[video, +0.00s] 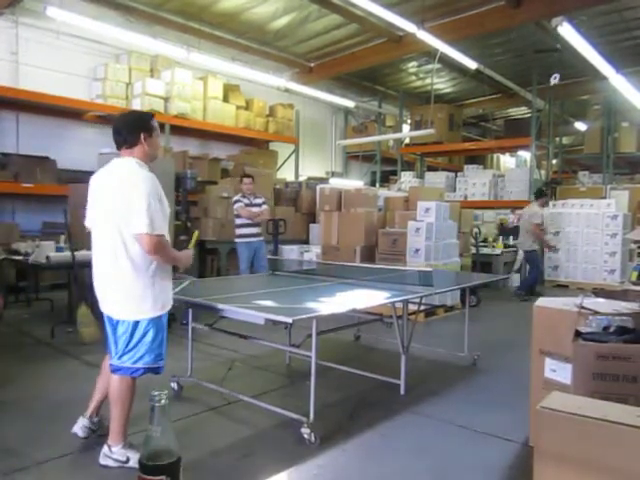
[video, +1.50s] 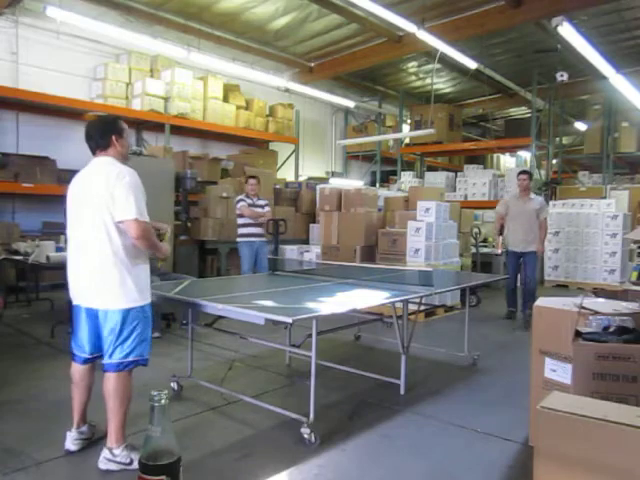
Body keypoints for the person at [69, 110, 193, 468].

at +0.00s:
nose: (159, 143)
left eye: (158, 136)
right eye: (156, 137)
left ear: (121, 140)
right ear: (143, 138)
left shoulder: (102, 175)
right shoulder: (142, 178)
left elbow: (92, 224)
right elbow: (151, 243)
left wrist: (132, 238)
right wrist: (178, 257)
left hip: (110, 289)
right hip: (137, 295)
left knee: (116, 355)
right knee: (126, 368)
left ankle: (89, 417)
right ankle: (116, 446)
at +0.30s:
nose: (153, 145)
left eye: (152, 138)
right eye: (152, 138)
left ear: (116, 140)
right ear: (142, 139)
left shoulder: (97, 176)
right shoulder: (143, 178)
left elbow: (82, 226)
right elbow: (159, 235)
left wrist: (118, 238)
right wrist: (182, 253)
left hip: (104, 289)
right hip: (136, 294)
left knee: (105, 355)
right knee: (125, 367)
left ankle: (82, 421)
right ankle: (116, 446)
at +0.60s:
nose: (142, 144)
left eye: (141, 137)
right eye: (140, 138)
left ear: (106, 141)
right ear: (131, 139)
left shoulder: (85, 177)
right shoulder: (136, 177)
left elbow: (72, 228)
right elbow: (150, 234)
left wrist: (105, 241)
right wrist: (168, 250)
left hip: (92, 290)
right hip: (129, 293)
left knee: (88, 357)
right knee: (121, 367)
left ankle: (79, 428)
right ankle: (116, 445)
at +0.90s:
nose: (131, 146)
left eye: (128, 139)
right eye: (128, 140)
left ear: (96, 145)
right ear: (117, 142)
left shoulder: (77, 178)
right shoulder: (122, 176)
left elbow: (84, 228)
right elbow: (134, 231)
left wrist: (144, 231)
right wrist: (152, 251)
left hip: (76, 289)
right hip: (113, 292)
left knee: (79, 357)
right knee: (116, 365)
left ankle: (77, 429)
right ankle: (116, 444)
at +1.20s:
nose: (123, 144)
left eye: (121, 139)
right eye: (120, 139)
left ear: (91, 145)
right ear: (110, 142)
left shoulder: (76, 177)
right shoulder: (115, 173)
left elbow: (94, 222)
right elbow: (125, 227)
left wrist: (143, 227)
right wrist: (150, 249)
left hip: (75, 289)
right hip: (111, 290)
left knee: (76, 357)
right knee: (121, 361)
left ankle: (77, 429)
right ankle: (118, 443)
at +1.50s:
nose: (128, 144)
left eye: (126, 137)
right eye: (125, 137)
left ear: (95, 144)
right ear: (115, 140)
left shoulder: (79, 179)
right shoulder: (123, 176)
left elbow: (93, 226)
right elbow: (137, 231)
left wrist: (146, 225)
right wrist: (159, 249)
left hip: (84, 290)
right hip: (120, 293)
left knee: (82, 358)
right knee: (119, 367)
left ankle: (77, 429)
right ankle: (115, 448)